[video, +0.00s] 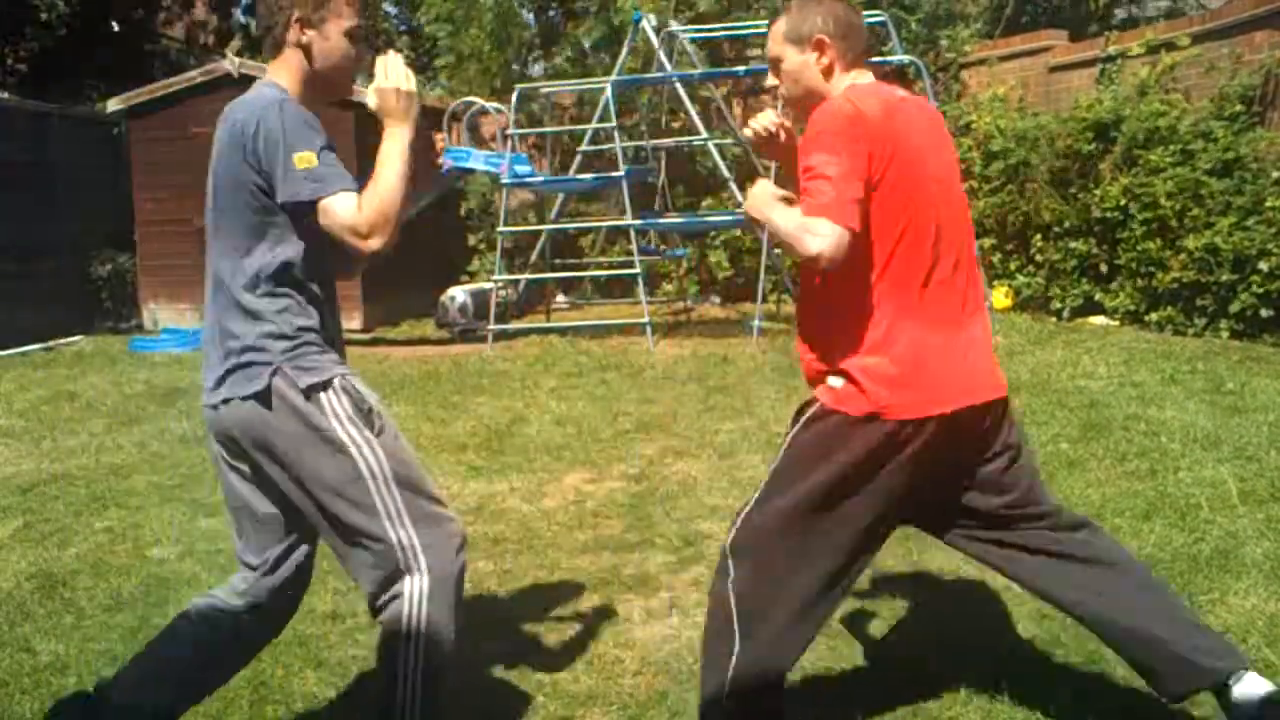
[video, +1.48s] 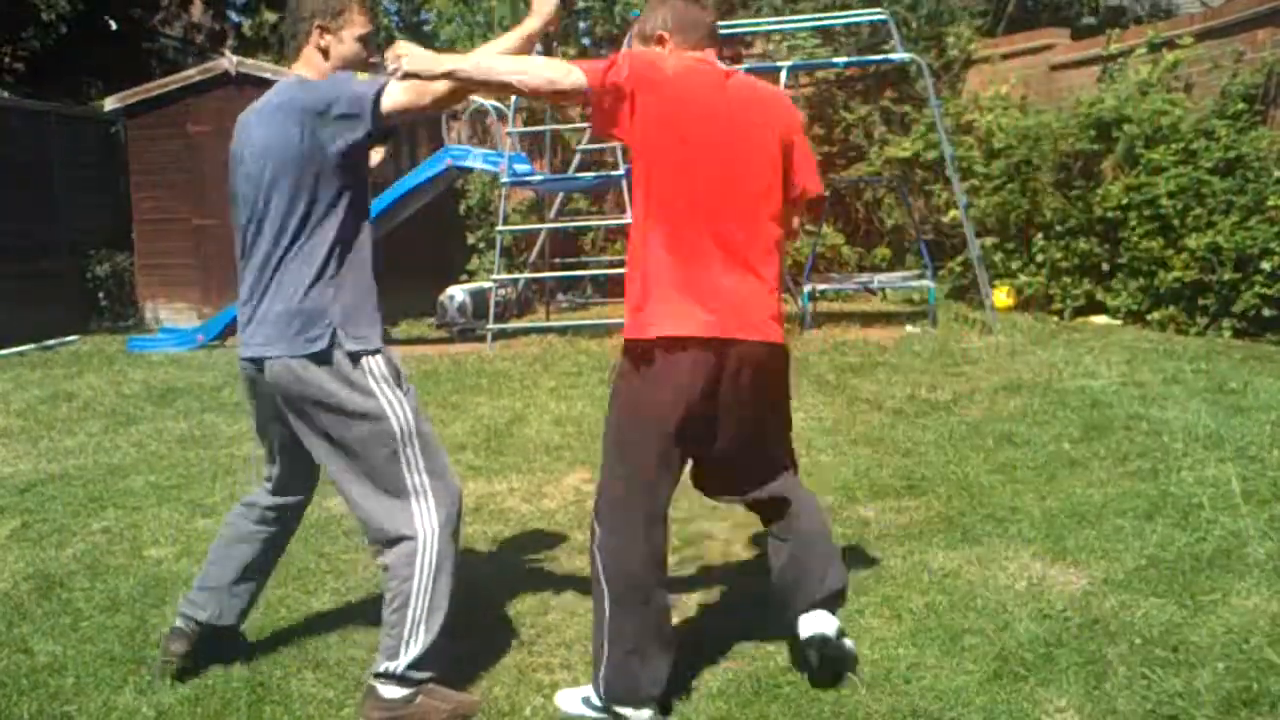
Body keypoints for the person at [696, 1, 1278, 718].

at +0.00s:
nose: (771, 83)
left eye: (776, 65)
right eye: (769, 67)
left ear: (824, 55)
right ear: (837, 55)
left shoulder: (843, 115)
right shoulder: (916, 111)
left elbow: (823, 243)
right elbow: (876, 218)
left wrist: (767, 207)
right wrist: (797, 155)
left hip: (879, 396)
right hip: (966, 388)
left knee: (758, 564)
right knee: (1056, 543)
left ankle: (731, 705)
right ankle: (1237, 679)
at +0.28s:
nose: (957, 74)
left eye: (961, 54)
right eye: (953, 58)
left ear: (1008, 37)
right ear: (1025, 35)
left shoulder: (1025, 96)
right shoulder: (1123, 91)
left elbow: (1001, 237)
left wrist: (940, 176)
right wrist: (977, 163)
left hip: (1088, 381)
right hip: (1175, 373)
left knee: (964, 543)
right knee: (1188, 568)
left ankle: (1045, 702)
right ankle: (1267, 698)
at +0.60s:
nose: (1002, 73)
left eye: (1007, 54)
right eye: (998, 57)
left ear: (1057, 35)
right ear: (1065, 32)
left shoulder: (1091, 89)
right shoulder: (1141, 83)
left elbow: (1008, 209)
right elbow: (1048, 200)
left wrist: (970, 136)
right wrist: (985, 146)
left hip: (1130, 376)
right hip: (1207, 372)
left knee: (970, 524)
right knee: (1232, 579)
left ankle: (910, 702)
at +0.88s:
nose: (881, 22)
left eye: (888, 7)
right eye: (880, 9)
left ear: (936, 5)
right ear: (969, 8)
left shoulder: (958, 61)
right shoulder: (1038, 60)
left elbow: (849, 155)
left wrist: (832, 93)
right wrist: (875, 76)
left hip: (981, 347)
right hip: (1066, 340)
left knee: (912, 531)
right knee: (1064, 514)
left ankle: (916, 705)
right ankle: (1162, 651)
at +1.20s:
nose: (762, 94)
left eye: (765, 78)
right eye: (759, 80)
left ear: (801, 70)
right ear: (819, 69)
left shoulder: (838, 119)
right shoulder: (887, 121)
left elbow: (889, 229)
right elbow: (836, 246)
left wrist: (830, 334)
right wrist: (787, 196)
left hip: (843, 388)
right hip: (911, 387)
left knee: (740, 539)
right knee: (954, 551)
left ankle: (654, 684)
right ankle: (1074, 687)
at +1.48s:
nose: (631, 61)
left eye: (634, 50)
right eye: (632, 50)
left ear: (658, 42)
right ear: (713, 47)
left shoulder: (646, 69)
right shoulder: (777, 105)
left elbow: (542, 74)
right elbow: (796, 211)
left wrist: (435, 63)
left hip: (668, 335)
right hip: (758, 337)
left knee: (629, 508)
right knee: (769, 476)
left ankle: (628, 689)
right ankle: (815, 606)